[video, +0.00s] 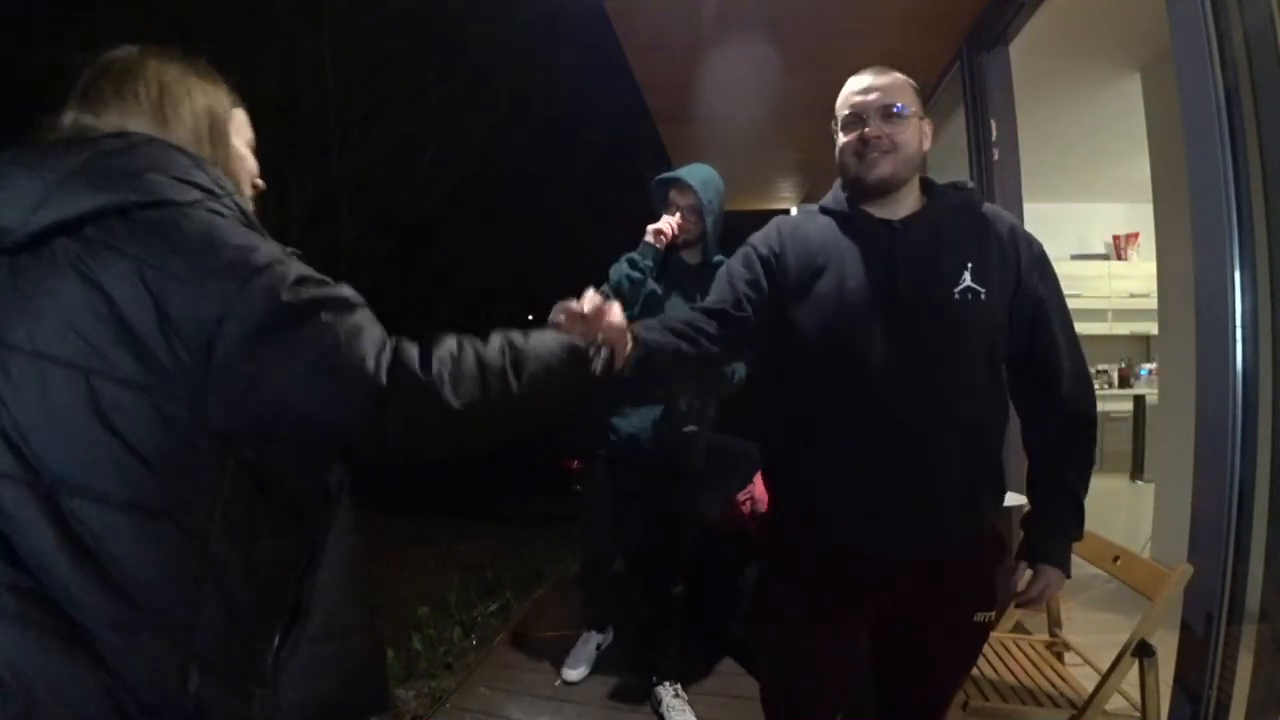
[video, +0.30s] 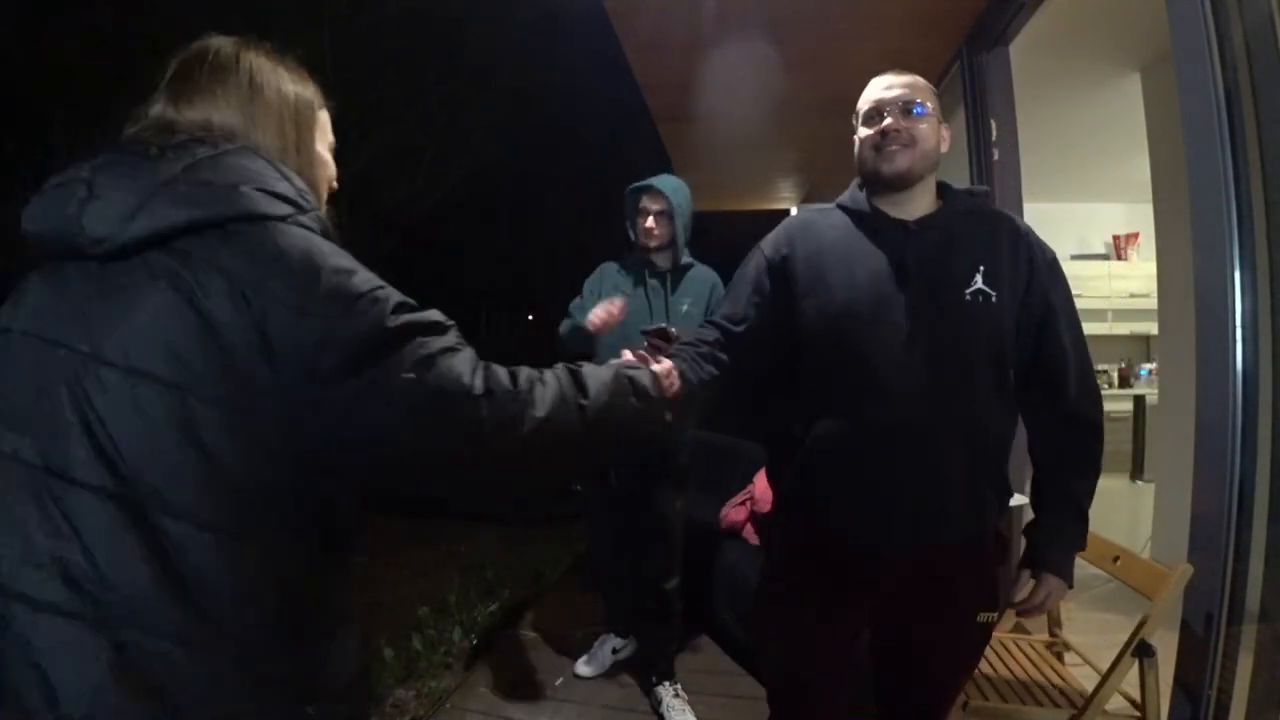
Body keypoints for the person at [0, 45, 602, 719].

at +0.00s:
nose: (259, 176)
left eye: (255, 153)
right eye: (248, 152)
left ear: (104, 133)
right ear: (195, 145)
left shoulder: (25, 235)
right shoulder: (190, 244)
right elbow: (390, 390)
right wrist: (573, 352)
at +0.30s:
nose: (334, 180)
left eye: (333, 155)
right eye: (324, 155)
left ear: (176, 133)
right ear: (274, 148)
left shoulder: (45, 273)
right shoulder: (282, 269)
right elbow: (479, 411)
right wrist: (632, 389)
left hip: (36, 671)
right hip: (218, 675)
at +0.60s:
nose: (385, 159)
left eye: (382, 138)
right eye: (379, 137)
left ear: (217, 122)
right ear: (343, 136)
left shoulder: (91, 283)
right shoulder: (350, 262)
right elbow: (553, 403)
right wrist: (682, 309)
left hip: (91, 687)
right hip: (321, 686)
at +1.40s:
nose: (397, 224)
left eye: (397, 210)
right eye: (394, 209)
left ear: (284, 177)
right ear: (372, 199)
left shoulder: (191, 271)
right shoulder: (358, 277)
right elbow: (508, 409)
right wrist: (619, 366)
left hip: (151, 621)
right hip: (276, 640)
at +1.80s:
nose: (382, 223)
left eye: (382, 206)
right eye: (374, 202)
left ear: (301, 190)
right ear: (329, 194)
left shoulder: (204, 261)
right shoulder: (294, 281)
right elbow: (405, 421)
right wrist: (549, 417)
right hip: (194, 635)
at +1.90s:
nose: (366, 216)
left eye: (364, 196)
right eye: (355, 191)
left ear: (294, 187)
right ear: (303, 185)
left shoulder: (195, 257)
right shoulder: (257, 271)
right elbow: (362, 429)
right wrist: (532, 436)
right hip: (175, 635)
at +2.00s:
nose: (346, 202)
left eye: (345, 182)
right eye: (331, 176)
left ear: (273, 176)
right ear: (274, 171)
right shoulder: (211, 261)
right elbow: (294, 449)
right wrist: (482, 483)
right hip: (162, 664)